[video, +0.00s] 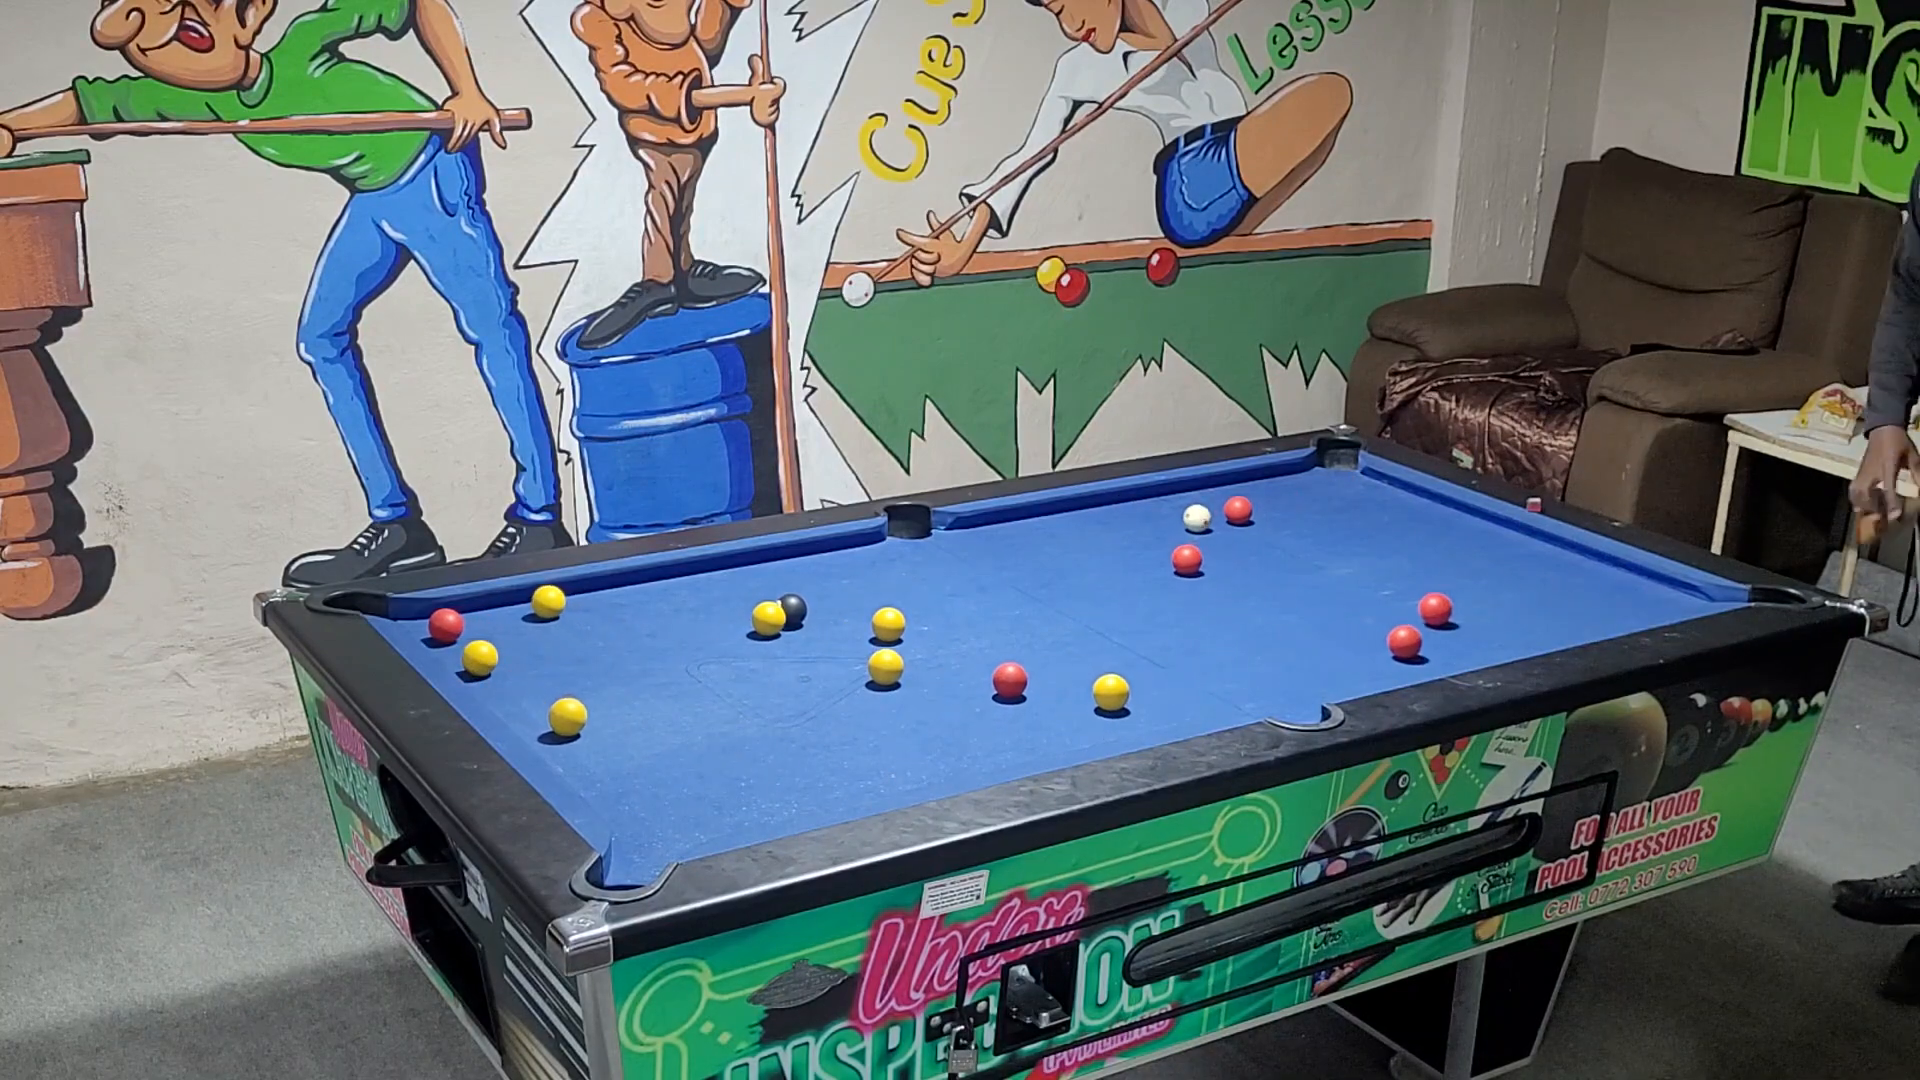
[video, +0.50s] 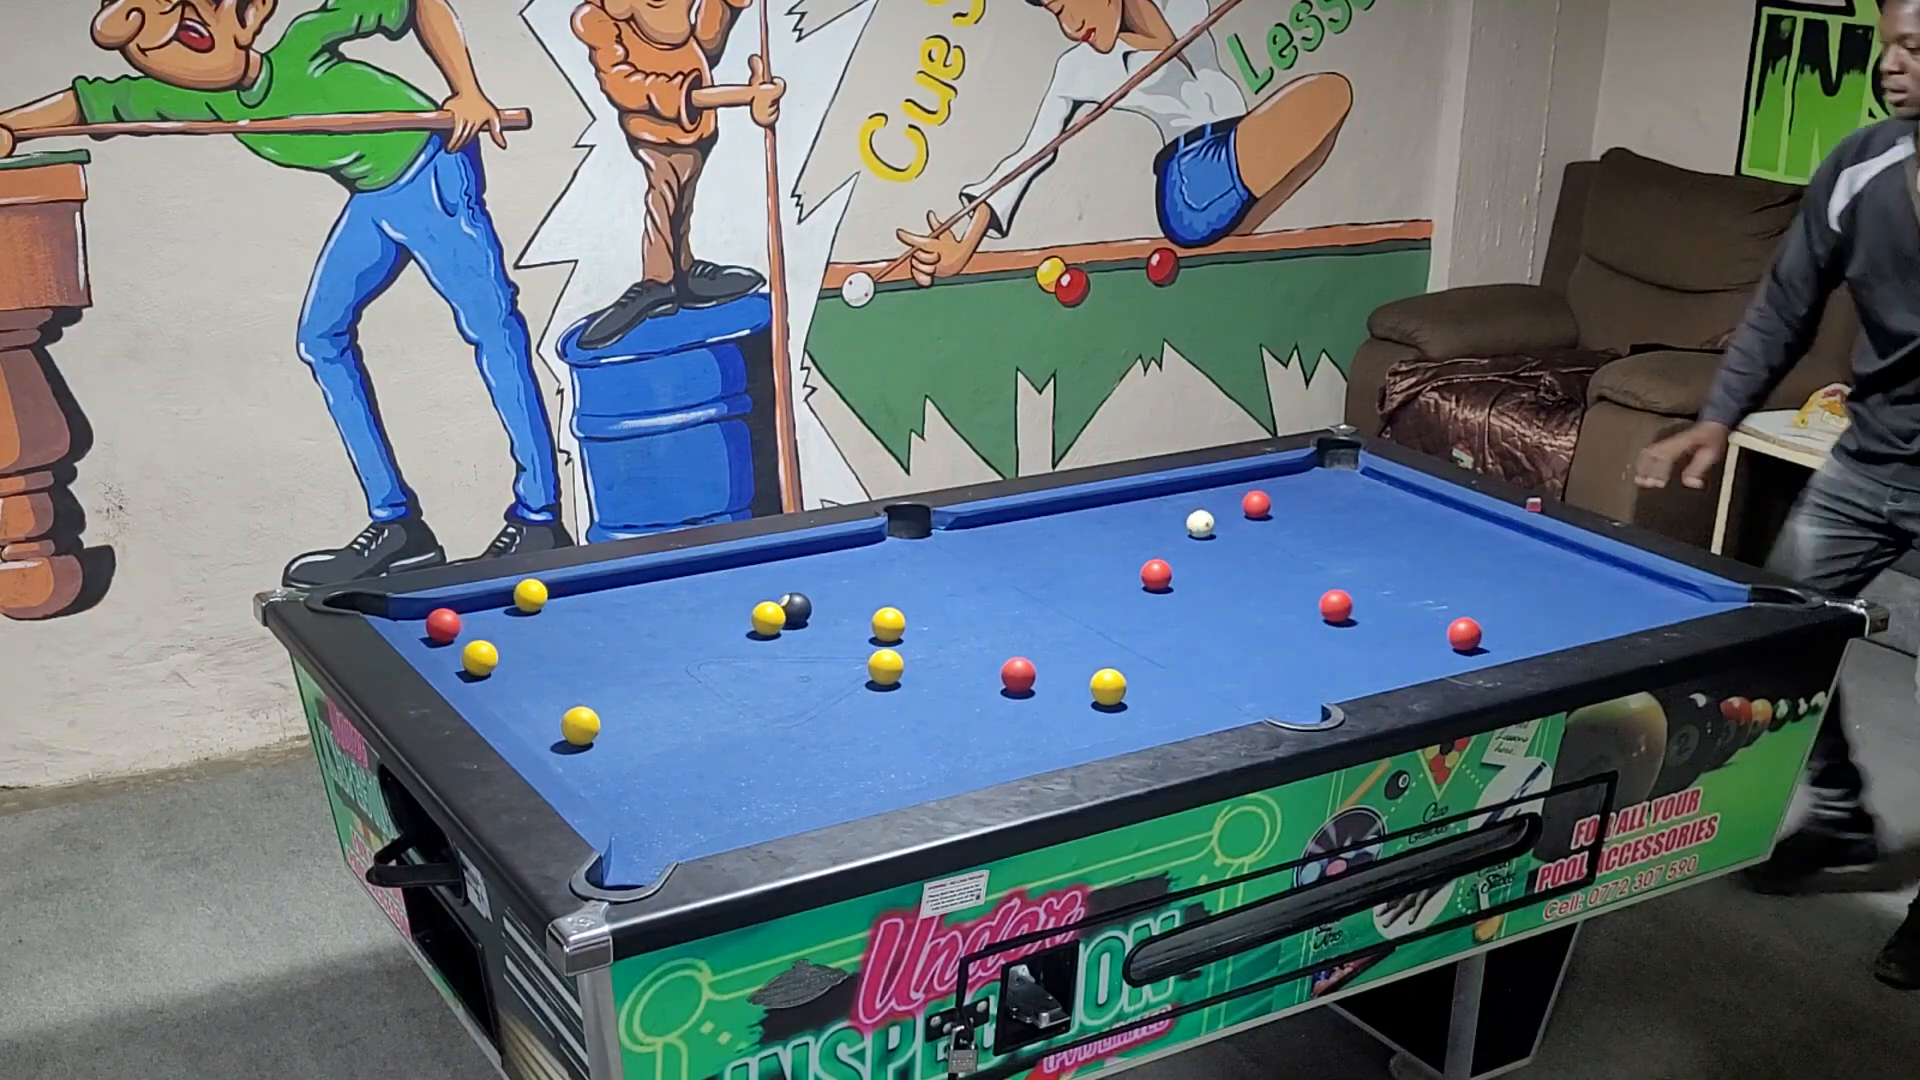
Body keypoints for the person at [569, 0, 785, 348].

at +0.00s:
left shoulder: (697, 6)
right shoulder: (596, 18)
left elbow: (707, 47)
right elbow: (625, 87)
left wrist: (730, 6)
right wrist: (746, 95)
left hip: (695, 87)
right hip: (644, 103)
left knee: (687, 175)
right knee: (665, 175)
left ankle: (682, 268)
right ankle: (657, 281)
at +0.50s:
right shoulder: (596, 18)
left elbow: (707, 47)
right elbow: (625, 87)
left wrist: (729, 6)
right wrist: (746, 94)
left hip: (694, 88)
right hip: (644, 104)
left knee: (687, 175)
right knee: (665, 175)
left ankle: (682, 268)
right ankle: (657, 282)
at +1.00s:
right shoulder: (596, 19)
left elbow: (707, 47)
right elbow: (625, 88)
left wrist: (730, 6)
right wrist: (746, 94)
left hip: (694, 88)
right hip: (644, 104)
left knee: (687, 175)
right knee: (665, 175)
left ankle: (682, 268)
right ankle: (657, 281)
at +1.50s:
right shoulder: (596, 18)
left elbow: (707, 47)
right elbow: (625, 88)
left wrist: (729, 6)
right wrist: (746, 94)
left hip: (694, 87)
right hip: (644, 103)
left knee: (688, 175)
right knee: (665, 174)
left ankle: (682, 268)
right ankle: (657, 281)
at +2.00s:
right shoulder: (596, 18)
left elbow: (707, 47)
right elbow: (625, 88)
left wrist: (729, 6)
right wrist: (746, 94)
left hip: (695, 87)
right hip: (644, 104)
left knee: (688, 174)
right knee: (665, 174)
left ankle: (682, 268)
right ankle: (657, 281)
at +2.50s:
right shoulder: (598, 18)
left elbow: (707, 46)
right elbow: (624, 87)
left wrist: (730, 6)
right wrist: (746, 94)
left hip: (694, 86)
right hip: (645, 103)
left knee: (688, 173)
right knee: (666, 173)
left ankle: (682, 268)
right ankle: (657, 280)